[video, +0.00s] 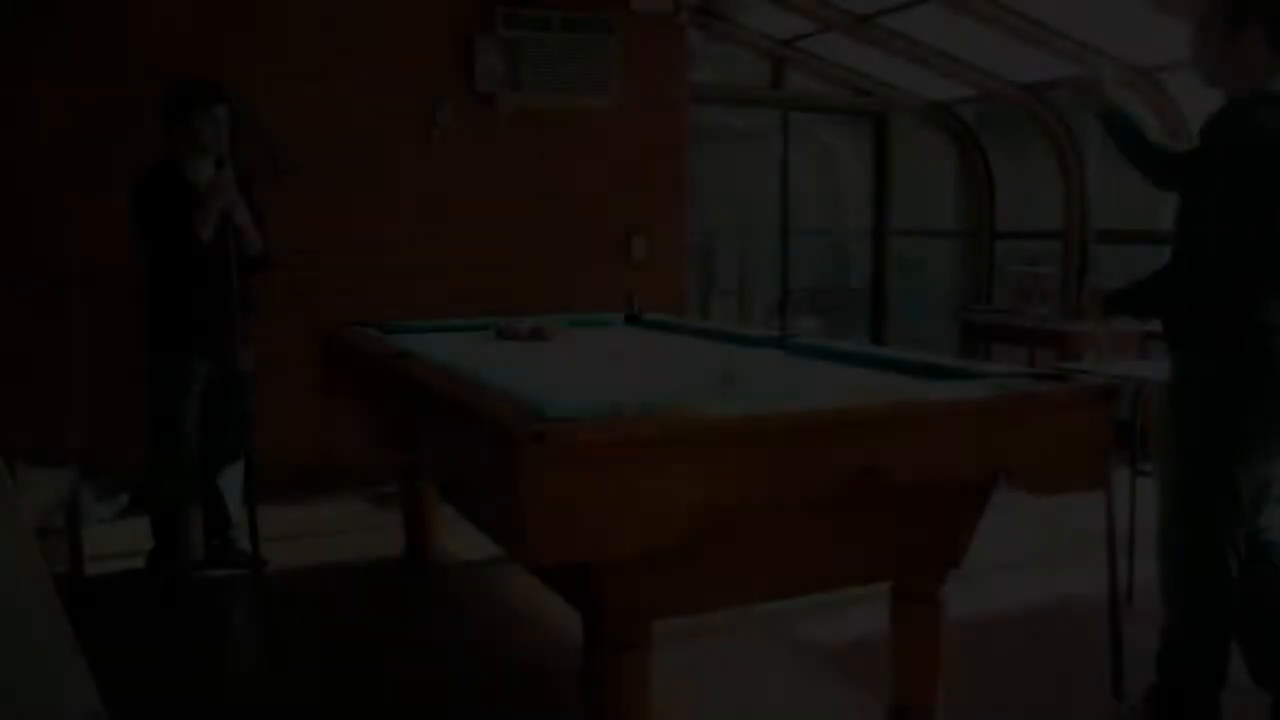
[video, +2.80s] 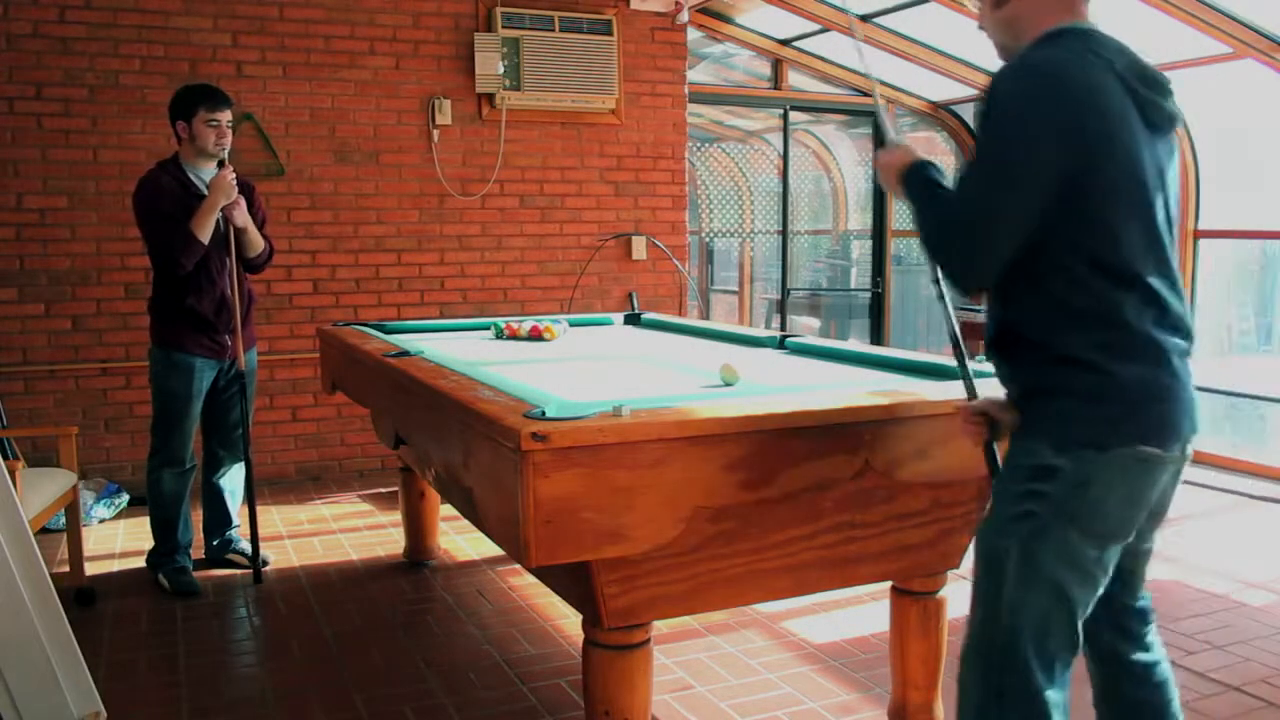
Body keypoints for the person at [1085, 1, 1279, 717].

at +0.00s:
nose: (1195, 52)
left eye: (1205, 35)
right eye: (1198, 37)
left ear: (1240, 41)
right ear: (1252, 43)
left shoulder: (1245, 130)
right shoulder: (1242, 124)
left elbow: (1198, 273)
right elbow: (1172, 173)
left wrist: (1113, 306)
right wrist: (1110, 114)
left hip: (1227, 373)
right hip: (1230, 367)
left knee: (1203, 542)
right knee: (1227, 539)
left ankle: (1188, 697)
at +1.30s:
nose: (1265, 34)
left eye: (1267, 22)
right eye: (1265, 24)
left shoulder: (1273, 158)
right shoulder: (1273, 155)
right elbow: (1244, 250)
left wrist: (1224, 324)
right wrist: (1123, 237)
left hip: (1272, 408)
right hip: (1263, 403)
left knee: (1247, 585)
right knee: (1227, 583)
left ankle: (1262, 702)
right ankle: (1258, 700)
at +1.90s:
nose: (1139, 17)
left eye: (1149, 2)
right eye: (1142, 4)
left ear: (1203, 3)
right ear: (1207, 10)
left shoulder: (1271, 92)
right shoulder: (1198, 115)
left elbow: (1273, 288)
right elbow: (1141, 255)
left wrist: (1167, 329)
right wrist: (1042, 328)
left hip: (1264, 415)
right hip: (1186, 409)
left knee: (1271, 653)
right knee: (1155, 625)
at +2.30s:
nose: (1043, 31)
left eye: (1051, 12)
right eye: (1045, 15)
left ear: (1097, 9)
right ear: (1101, 14)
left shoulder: (1181, 74)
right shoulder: (1121, 111)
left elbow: (1234, 231)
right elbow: (1127, 276)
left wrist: (1074, 276)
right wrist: (1021, 334)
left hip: (1218, 406)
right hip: (1155, 407)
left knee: (1194, 631)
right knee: (1125, 631)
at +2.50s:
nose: (1022, 29)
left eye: (1027, 11)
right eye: (1022, 13)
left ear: (1070, 8)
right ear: (1088, 13)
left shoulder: (1137, 80)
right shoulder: (1137, 80)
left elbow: (1163, 247)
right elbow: (1145, 283)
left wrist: (1019, 247)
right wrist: (1037, 327)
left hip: (1173, 402)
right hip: (1175, 397)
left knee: (1112, 643)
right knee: (1155, 628)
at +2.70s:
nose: (1002, 30)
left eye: (1005, 13)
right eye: (1001, 15)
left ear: (1041, 7)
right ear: (1080, 10)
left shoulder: (1070, 89)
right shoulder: (1133, 86)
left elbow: (1038, 268)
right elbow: (1130, 281)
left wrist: (956, 201)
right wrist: (1029, 387)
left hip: (1110, 423)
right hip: (1167, 416)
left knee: (1030, 659)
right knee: (1136, 638)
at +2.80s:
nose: (980, 22)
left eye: (986, 6)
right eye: (981, 9)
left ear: (1017, 4)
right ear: (1069, 3)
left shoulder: (1038, 82)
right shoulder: (1124, 81)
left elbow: (971, 259)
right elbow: (1101, 259)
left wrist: (912, 176)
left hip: (1086, 420)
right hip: (1157, 414)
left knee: (1010, 667)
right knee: (1118, 624)